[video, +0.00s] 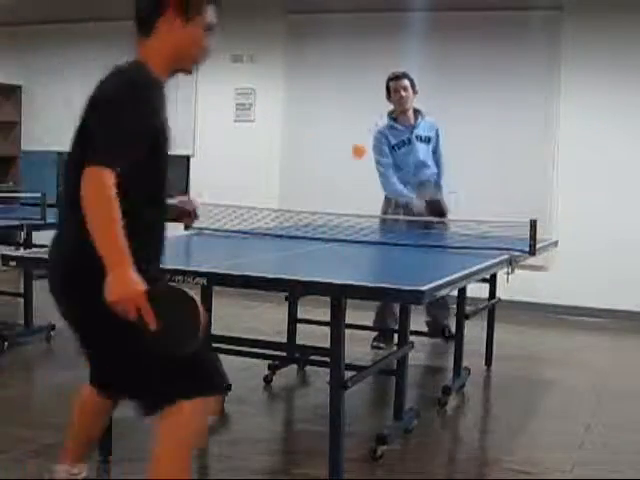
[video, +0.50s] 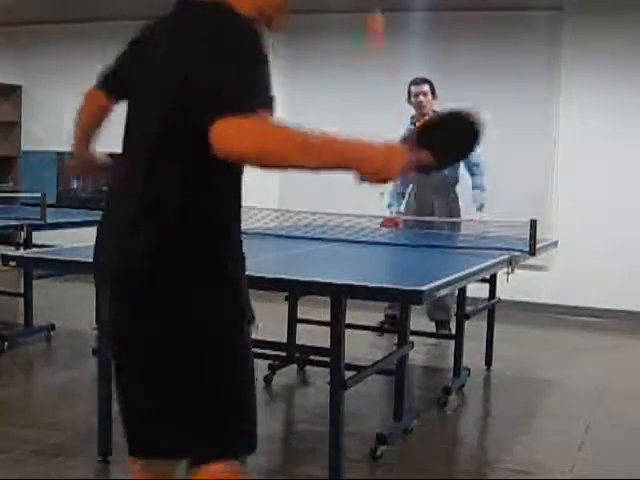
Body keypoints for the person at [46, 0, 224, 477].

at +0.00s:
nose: (208, 42)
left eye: (210, 29)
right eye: (205, 26)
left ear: (170, 22)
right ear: (172, 20)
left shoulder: (142, 90)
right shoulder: (129, 90)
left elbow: (117, 187)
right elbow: (96, 183)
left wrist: (166, 207)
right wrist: (120, 270)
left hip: (96, 274)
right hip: (98, 275)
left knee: (108, 377)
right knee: (197, 389)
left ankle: (70, 469)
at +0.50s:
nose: (290, 8)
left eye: (290, 2)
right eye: (287, 0)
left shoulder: (163, 29)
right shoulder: (231, 34)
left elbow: (96, 100)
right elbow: (235, 135)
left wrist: (80, 154)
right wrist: (360, 154)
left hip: (127, 267)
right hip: (194, 273)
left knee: (149, 446)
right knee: (221, 449)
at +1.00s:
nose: (209, 7)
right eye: (208, 5)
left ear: (145, 3)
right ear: (198, 4)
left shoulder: (81, 59)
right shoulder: (212, 63)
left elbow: (23, 156)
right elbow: (206, 169)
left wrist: (5, 243)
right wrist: (219, 273)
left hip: (73, 285)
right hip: (158, 293)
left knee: (74, 413)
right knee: (184, 455)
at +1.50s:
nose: (114, 9)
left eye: (111, 6)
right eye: (114, 5)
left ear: (55, 3)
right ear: (108, 5)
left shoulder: (11, 49)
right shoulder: (125, 57)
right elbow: (150, 144)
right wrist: (159, 209)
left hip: (13, 252)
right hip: (90, 255)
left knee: (12, 408)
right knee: (92, 410)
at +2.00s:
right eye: (44, 38)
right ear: (42, 41)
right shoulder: (71, 108)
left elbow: (109, 191)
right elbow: (112, 191)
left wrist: (90, 205)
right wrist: (85, 207)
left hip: (5, 278)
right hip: (50, 278)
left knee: (62, 399)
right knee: (62, 397)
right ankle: (76, 474)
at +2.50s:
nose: (15, 69)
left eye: (15, 64)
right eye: (17, 64)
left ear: (9, 64)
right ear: (12, 63)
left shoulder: (20, 120)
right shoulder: (19, 120)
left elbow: (30, 197)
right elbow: (31, 196)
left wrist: (8, 232)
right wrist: (8, 232)